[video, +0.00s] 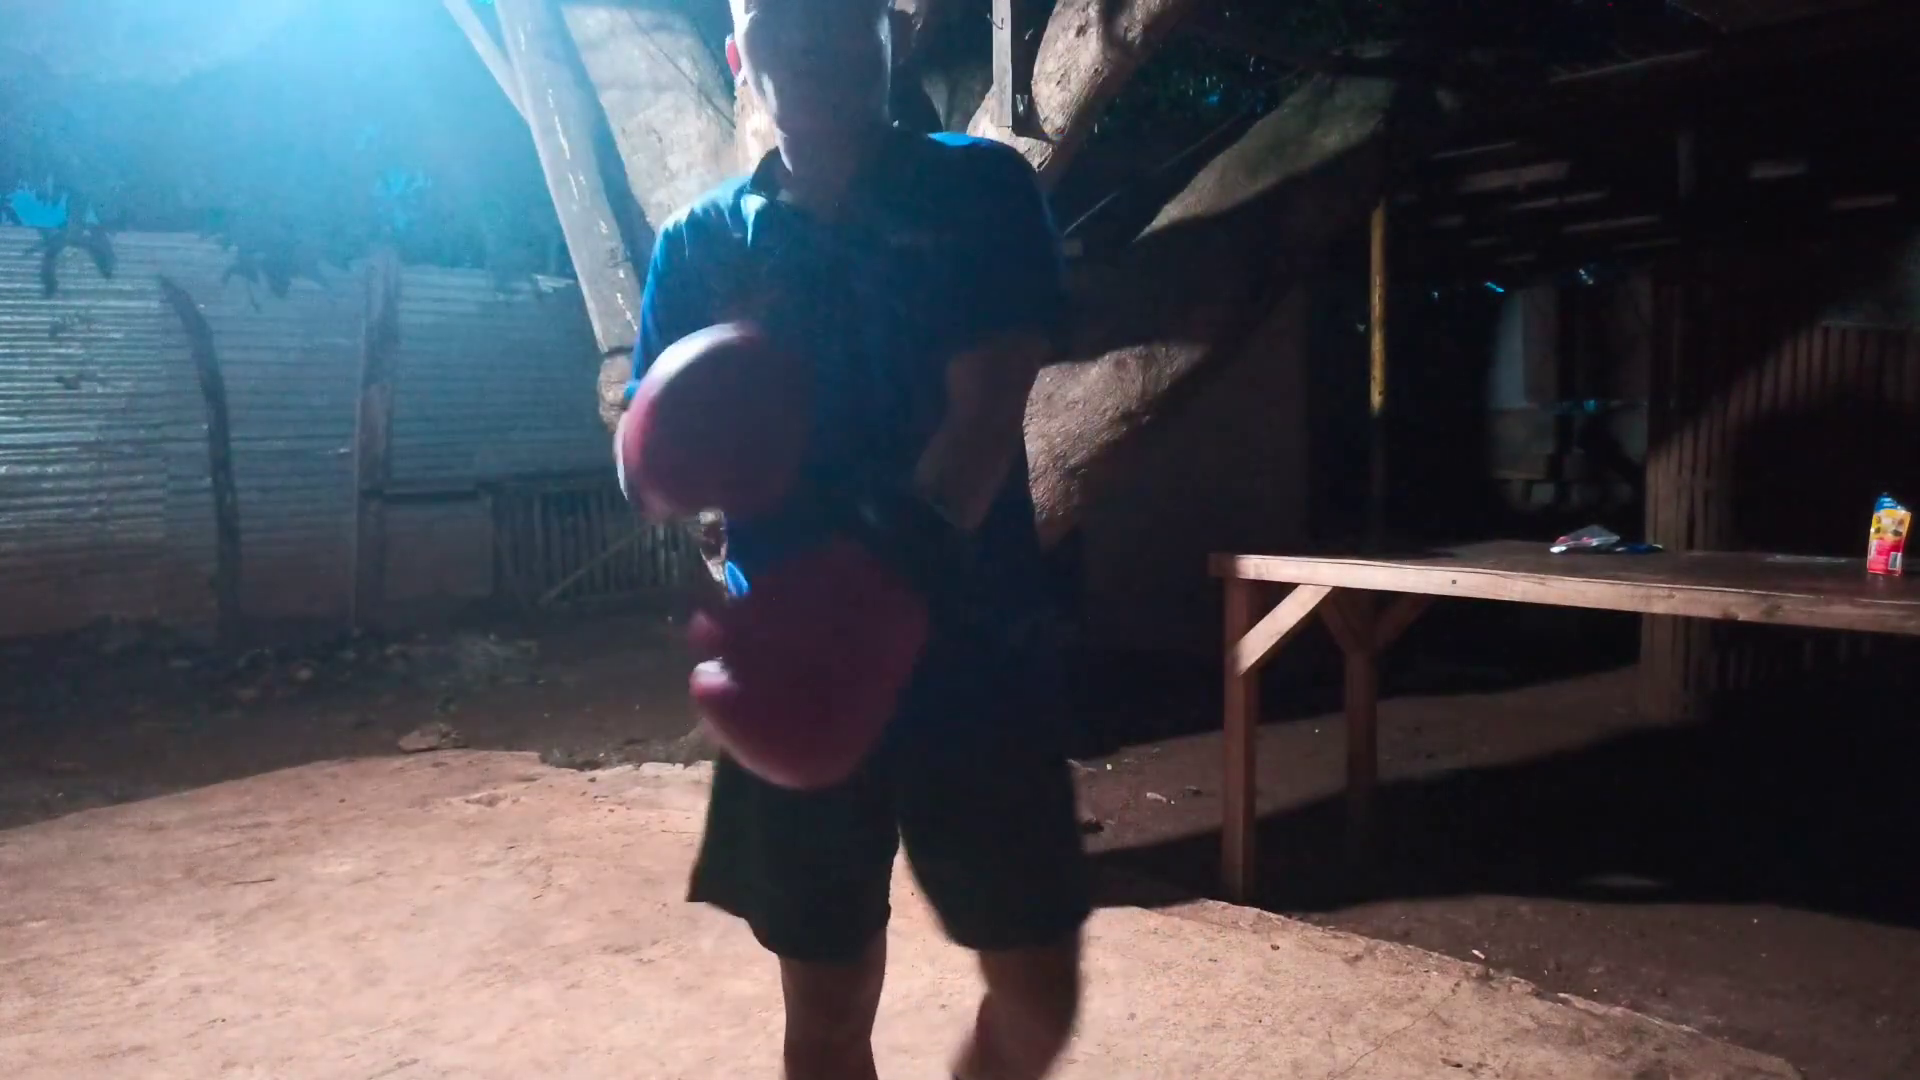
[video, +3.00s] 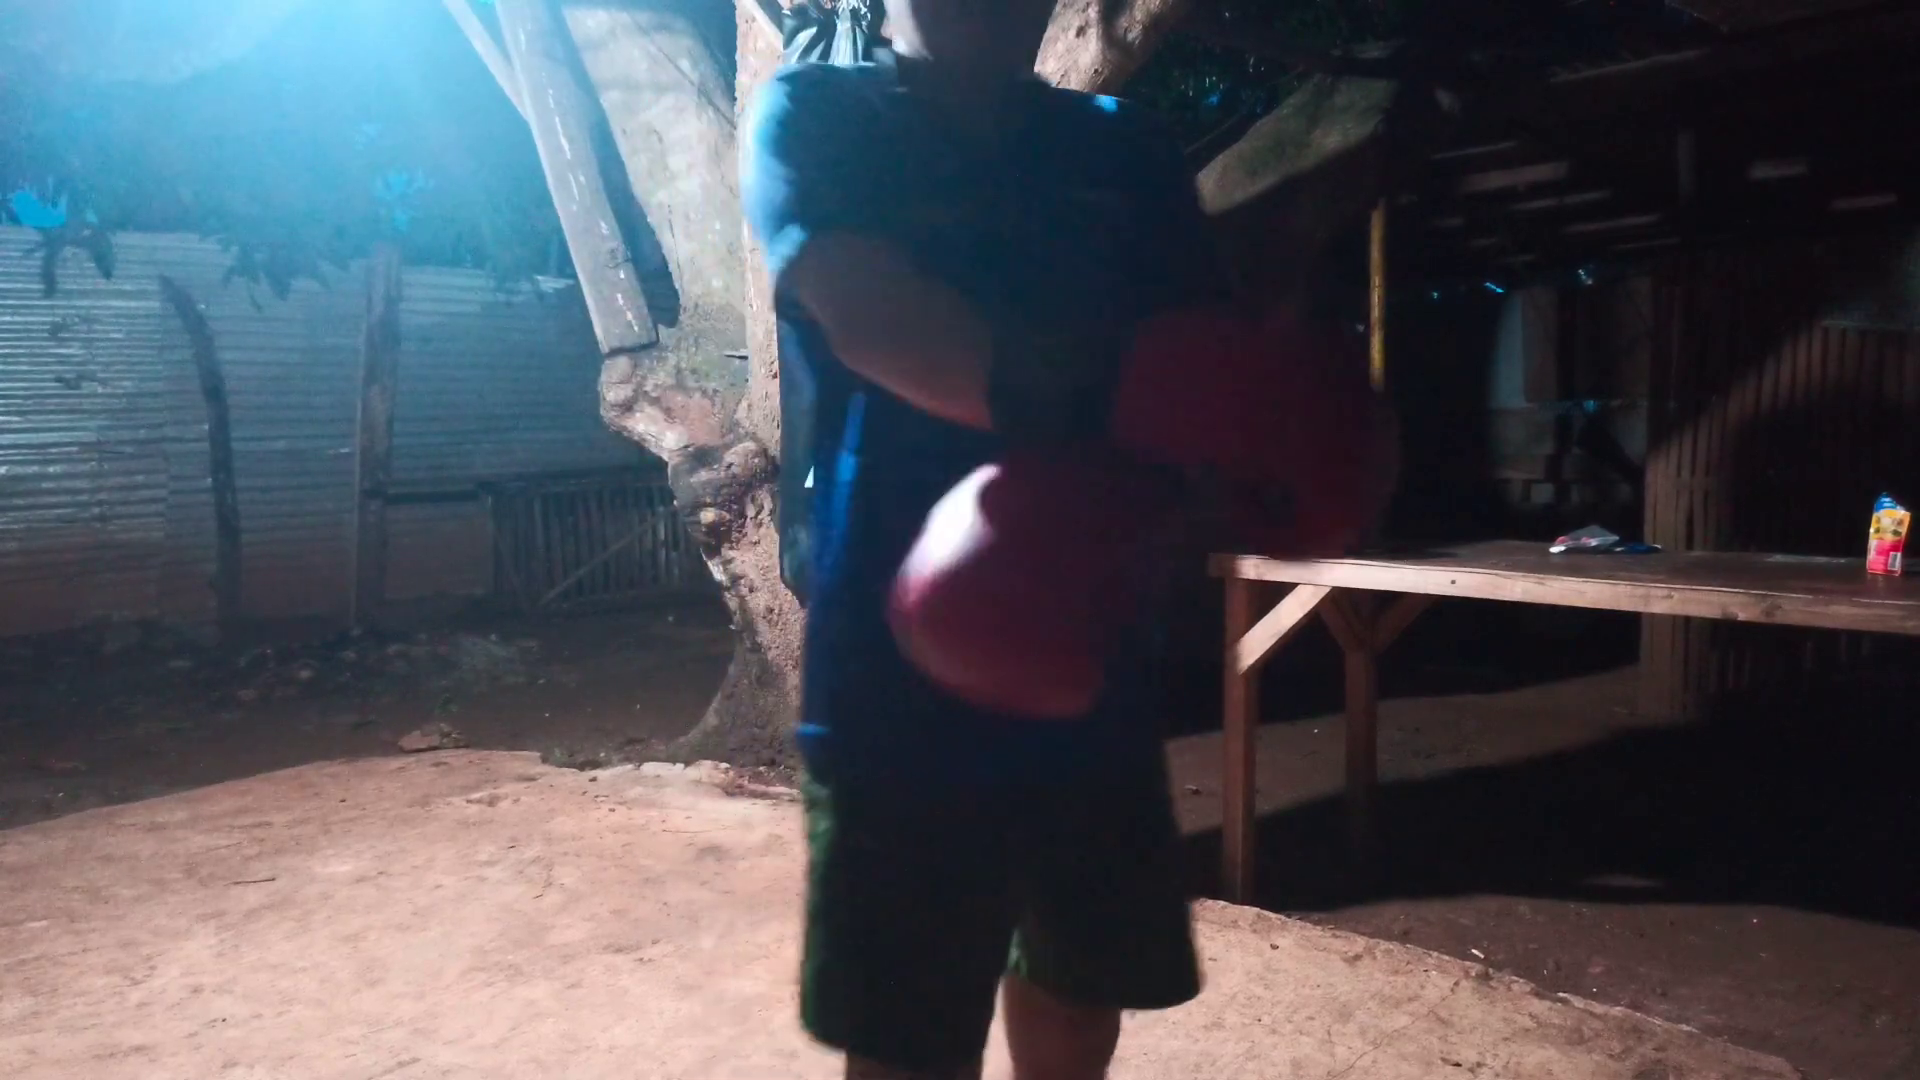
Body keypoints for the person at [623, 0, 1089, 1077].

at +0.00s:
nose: (816, 56)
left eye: (843, 30)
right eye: (785, 32)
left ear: (891, 41)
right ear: (741, 56)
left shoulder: (980, 186)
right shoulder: (698, 242)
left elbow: (990, 415)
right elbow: (663, 467)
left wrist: (890, 573)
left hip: (978, 633)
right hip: (794, 647)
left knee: (1038, 993)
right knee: (828, 996)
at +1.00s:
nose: (758, 61)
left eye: (789, 34)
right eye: (727, 35)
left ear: (836, 60)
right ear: (681, 62)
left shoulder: (898, 205)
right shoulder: (630, 225)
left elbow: (928, 428)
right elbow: (493, 415)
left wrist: (996, 587)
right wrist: (621, 470)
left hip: (896, 623)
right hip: (729, 642)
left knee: (921, 926)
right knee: (741, 976)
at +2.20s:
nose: (931, 24)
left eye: (960, 2)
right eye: (895, 1)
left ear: (997, 19)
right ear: (818, 14)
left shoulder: (1053, 191)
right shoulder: (753, 195)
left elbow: (1121, 426)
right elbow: (582, 432)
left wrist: (1102, 591)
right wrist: (767, 426)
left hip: (1034, 665)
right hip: (847, 687)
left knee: (1000, 1003)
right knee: (862, 1046)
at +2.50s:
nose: (951, 12)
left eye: (966, 3)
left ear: (979, 6)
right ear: (815, 2)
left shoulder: (1018, 141)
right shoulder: (702, 135)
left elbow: (1106, 394)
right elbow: (599, 390)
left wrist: (1057, 533)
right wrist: (849, 317)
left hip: (1025, 678)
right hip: (817, 702)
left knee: (1070, 1030)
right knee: (831, 1056)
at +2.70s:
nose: (959, 18)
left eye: (979, 4)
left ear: (997, 7)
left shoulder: (1042, 130)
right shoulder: (721, 107)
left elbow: (1124, 356)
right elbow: (738, 341)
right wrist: (1011, 330)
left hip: (1039, 681)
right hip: (830, 694)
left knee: (1059, 1033)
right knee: (830, 1057)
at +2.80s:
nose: (977, 9)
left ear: (1027, 7)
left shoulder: (1071, 141)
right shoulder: (748, 105)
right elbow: (778, 328)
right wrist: (1057, 333)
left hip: (1058, 688)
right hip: (853, 690)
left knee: (1074, 1026)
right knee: (849, 1054)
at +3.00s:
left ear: (1054, 3)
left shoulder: (1128, 148)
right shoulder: (816, 106)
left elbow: (1209, 383)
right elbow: (865, 315)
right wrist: (1108, 400)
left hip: (1094, 660)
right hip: (892, 659)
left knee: (1079, 979)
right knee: (905, 1032)